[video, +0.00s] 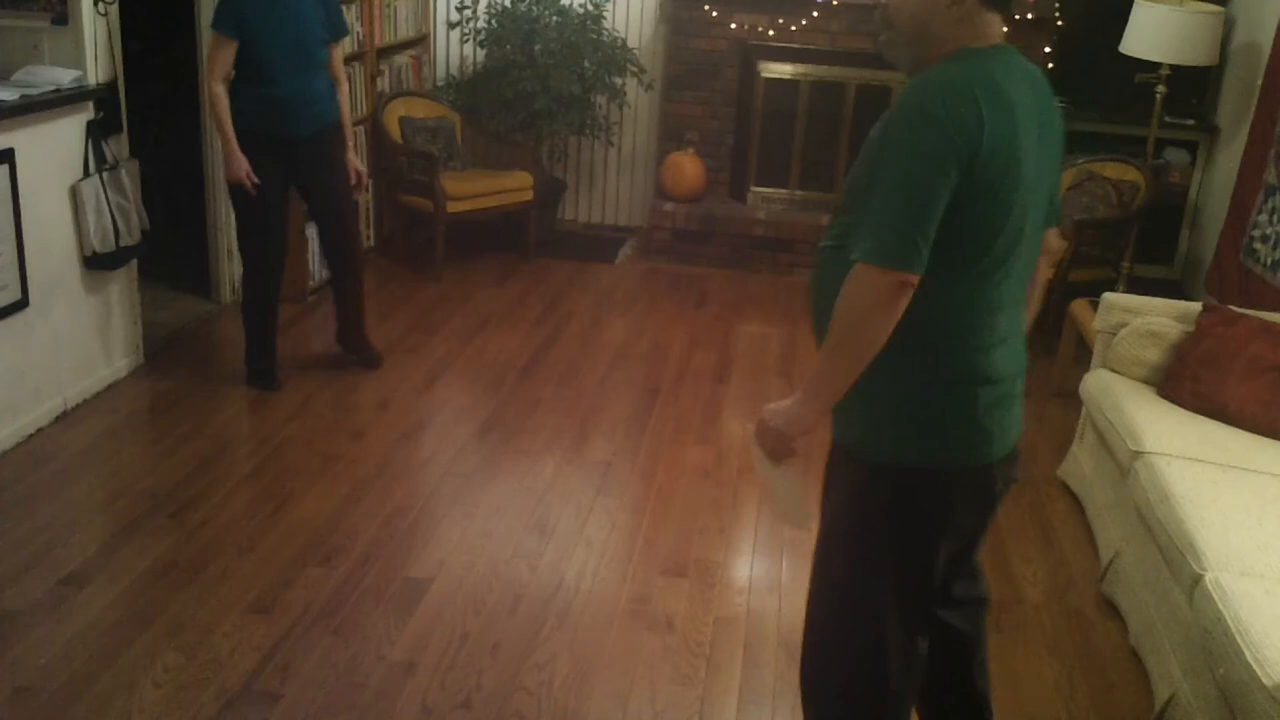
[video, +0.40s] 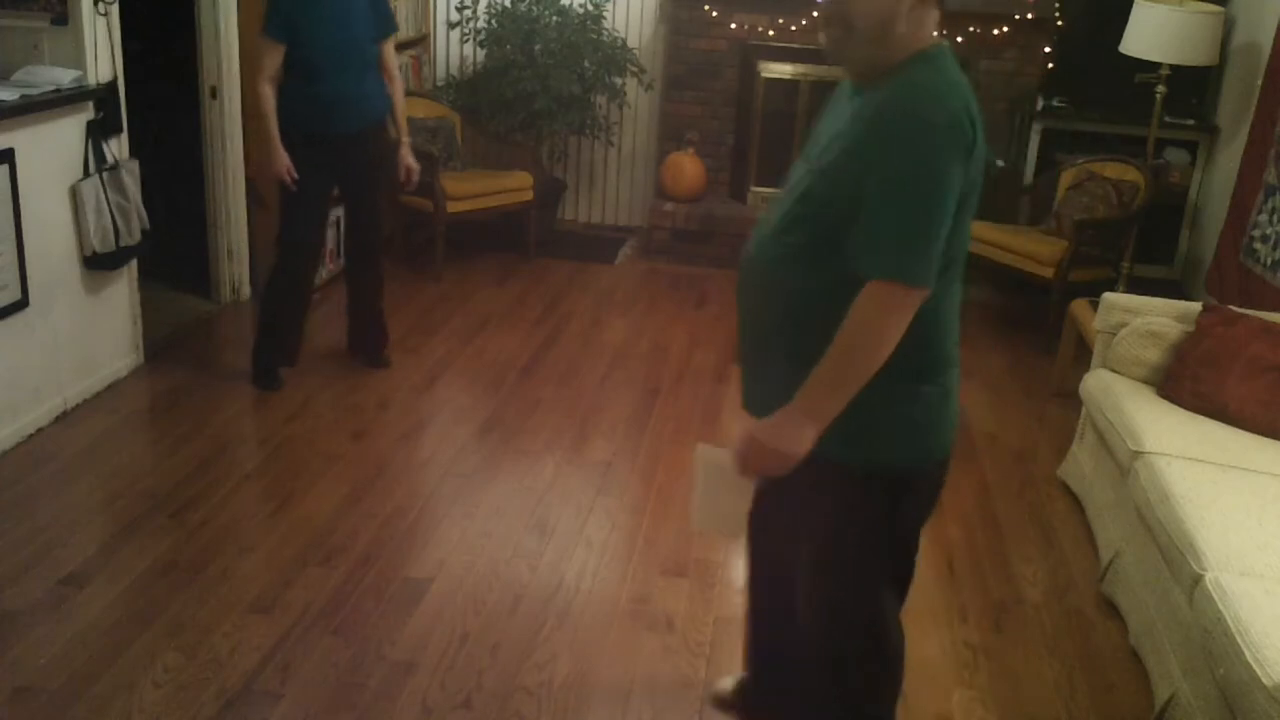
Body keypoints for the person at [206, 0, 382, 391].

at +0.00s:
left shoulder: (326, 7)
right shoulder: (238, 7)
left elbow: (338, 79)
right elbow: (216, 79)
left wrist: (348, 149)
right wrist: (232, 151)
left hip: (322, 141)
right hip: (260, 147)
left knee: (345, 241)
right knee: (263, 259)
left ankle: (353, 336)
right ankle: (261, 365)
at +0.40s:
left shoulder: (375, 6)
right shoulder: (287, 7)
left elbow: (391, 72)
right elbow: (266, 78)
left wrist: (404, 141)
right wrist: (274, 147)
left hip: (368, 138)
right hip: (308, 142)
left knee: (367, 245)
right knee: (297, 251)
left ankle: (369, 343)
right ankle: (269, 360)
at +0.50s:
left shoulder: (383, 6)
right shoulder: (298, 8)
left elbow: (399, 72)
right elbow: (275, 77)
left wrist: (414, 142)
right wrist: (285, 146)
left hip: (373, 140)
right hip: (318, 143)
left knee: (373, 245)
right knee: (313, 249)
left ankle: (370, 343)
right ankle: (286, 357)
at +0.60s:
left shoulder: (388, 6)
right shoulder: (304, 7)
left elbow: (404, 72)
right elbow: (279, 75)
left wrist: (421, 142)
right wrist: (293, 147)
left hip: (376, 140)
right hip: (322, 143)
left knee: (374, 243)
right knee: (324, 248)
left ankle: (370, 342)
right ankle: (308, 354)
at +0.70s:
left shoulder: (389, 6)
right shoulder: (306, 7)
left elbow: (404, 72)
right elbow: (281, 75)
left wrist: (421, 141)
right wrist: (297, 145)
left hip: (376, 138)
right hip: (324, 142)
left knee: (374, 240)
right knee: (333, 245)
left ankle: (370, 340)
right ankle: (327, 349)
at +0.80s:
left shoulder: (388, 6)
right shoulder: (306, 7)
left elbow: (402, 72)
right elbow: (283, 75)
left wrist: (417, 140)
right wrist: (300, 146)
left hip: (377, 138)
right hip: (325, 142)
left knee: (375, 240)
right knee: (334, 245)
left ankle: (371, 339)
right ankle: (329, 348)